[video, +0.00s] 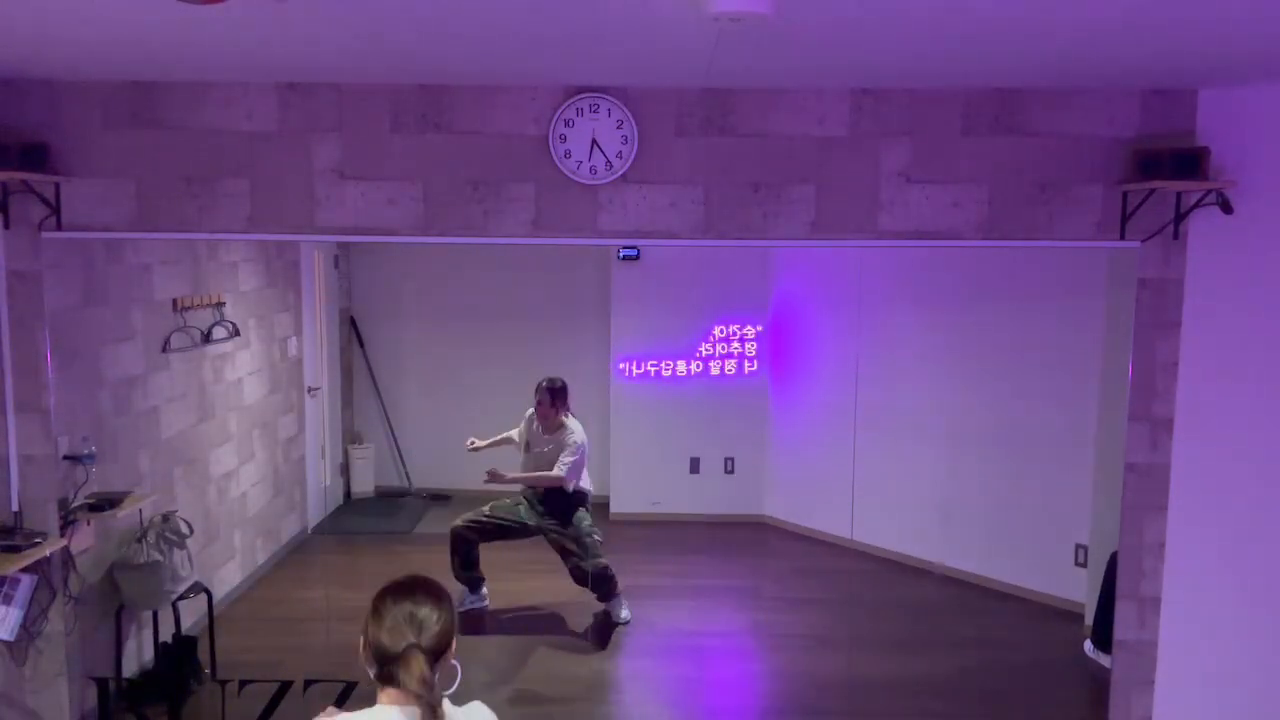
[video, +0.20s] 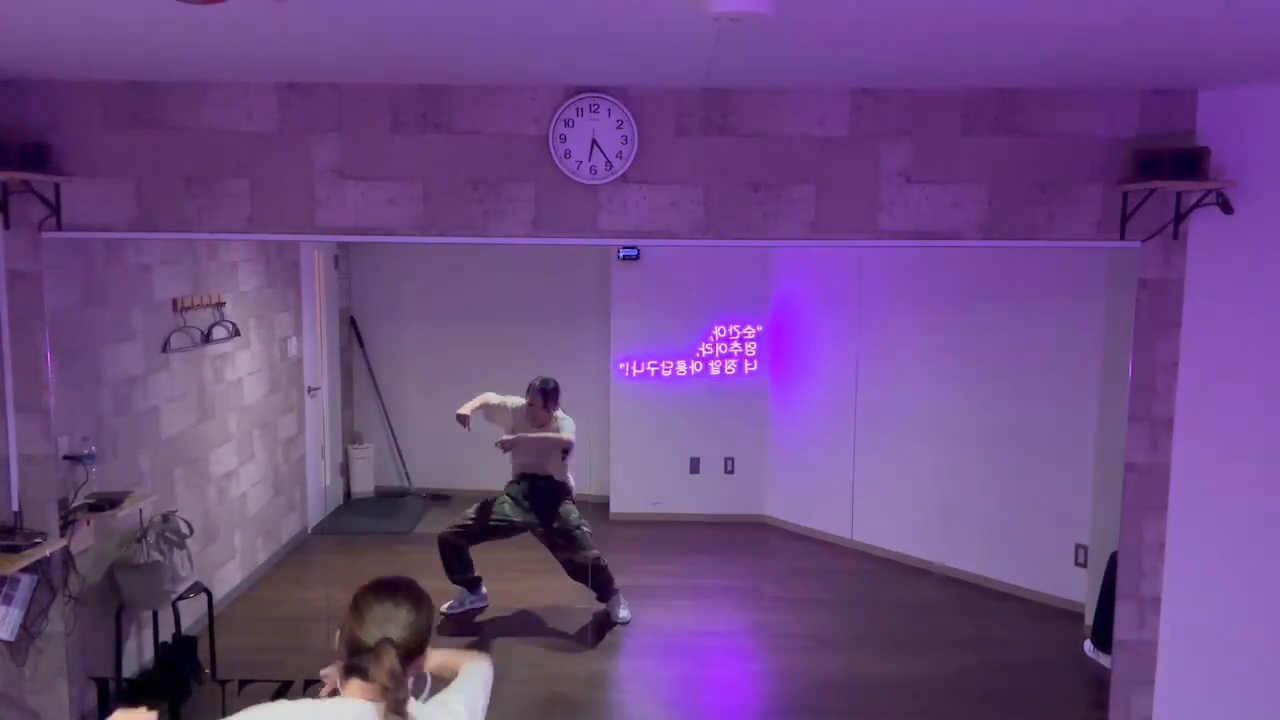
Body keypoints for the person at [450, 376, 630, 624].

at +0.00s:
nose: (536, 408)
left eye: (541, 404)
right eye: (536, 403)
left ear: (559, 407)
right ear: (535, 402)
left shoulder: (575, 437)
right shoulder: (532, 418)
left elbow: (559, 478)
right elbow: (517, 436)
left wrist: (506, 478)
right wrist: (484, 444)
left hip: (567, 510)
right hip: (531, 502)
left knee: (592, 567)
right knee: (462, 530)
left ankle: (613, 600)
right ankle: (475, 592)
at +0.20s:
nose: (528, 410)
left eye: (534, 407)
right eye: (528, 404)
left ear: (551, 407)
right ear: (526, 399)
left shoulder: (563, 422)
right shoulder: (516, 410)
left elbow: (565, 442)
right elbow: (488, 399)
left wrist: (519, 441)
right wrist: (468, 408)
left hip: (556, 502)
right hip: (517, 498)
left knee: (587, 559)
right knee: (450, 539)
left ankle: (613, 600)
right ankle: (474, 593)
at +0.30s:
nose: (526, 392)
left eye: (533, 387)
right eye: (522, 385)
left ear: (544, 387)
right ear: (517, 380)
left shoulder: (556, 401)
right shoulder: (505, 388)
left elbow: (571, 402)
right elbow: (468, 367)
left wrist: (530, 414)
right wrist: (462, 394)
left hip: (544, 482)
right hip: (508, 479)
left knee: (574, 544)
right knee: (448, 539)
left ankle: (612, 597)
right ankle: (474, 597)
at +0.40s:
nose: (519, 363)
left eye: (525, 358)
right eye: (516, 356)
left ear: (535, 357)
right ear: (508, 350)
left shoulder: (543, 367)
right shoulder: (492, 360)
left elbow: (576, 374)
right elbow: (446, 350)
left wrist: (544, 399)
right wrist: (458, 387)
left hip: (532, 460)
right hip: (497, 458)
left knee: (560, 530)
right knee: (453, 532)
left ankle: (600, 595)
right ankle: (472, 591)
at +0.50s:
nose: (506, 334)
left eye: (513, 330)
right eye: (504, 328)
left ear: (527, 332)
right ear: (499, 326)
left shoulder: (539, 348)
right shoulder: (482, 343)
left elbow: (578, 369)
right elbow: (437, 355)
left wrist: (549, 399)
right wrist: (452, 394)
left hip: (524, 438)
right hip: (488, 436)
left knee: (541, 517)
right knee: (467, 516)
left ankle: (566, 592)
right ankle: (468, 588)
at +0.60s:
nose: (499, 320)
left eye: (506, 315)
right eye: (497, 313)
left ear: (520, 318)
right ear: (492, 313)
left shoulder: (534, 342)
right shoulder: (475, 338)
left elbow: (565, 377)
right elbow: (442, 373)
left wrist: (550, 421)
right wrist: (446, 417)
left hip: (519, 431)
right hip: (482, 431)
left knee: (522, 514)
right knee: (476, 515)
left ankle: (526, 590)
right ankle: (476, 589)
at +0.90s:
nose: (490, 338)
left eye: (496, 332)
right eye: (485, 332)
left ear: (507, 336)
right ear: (478, 335)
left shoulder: (528, 372)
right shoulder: (463, 371)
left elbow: (545, 413)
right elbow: (449, 415)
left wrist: (546, 447)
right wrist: (439, 448)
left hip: (511, 449)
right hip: (474, 449)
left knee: (504, 525)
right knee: (462, 526)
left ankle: (499, 592)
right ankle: (474, 592)